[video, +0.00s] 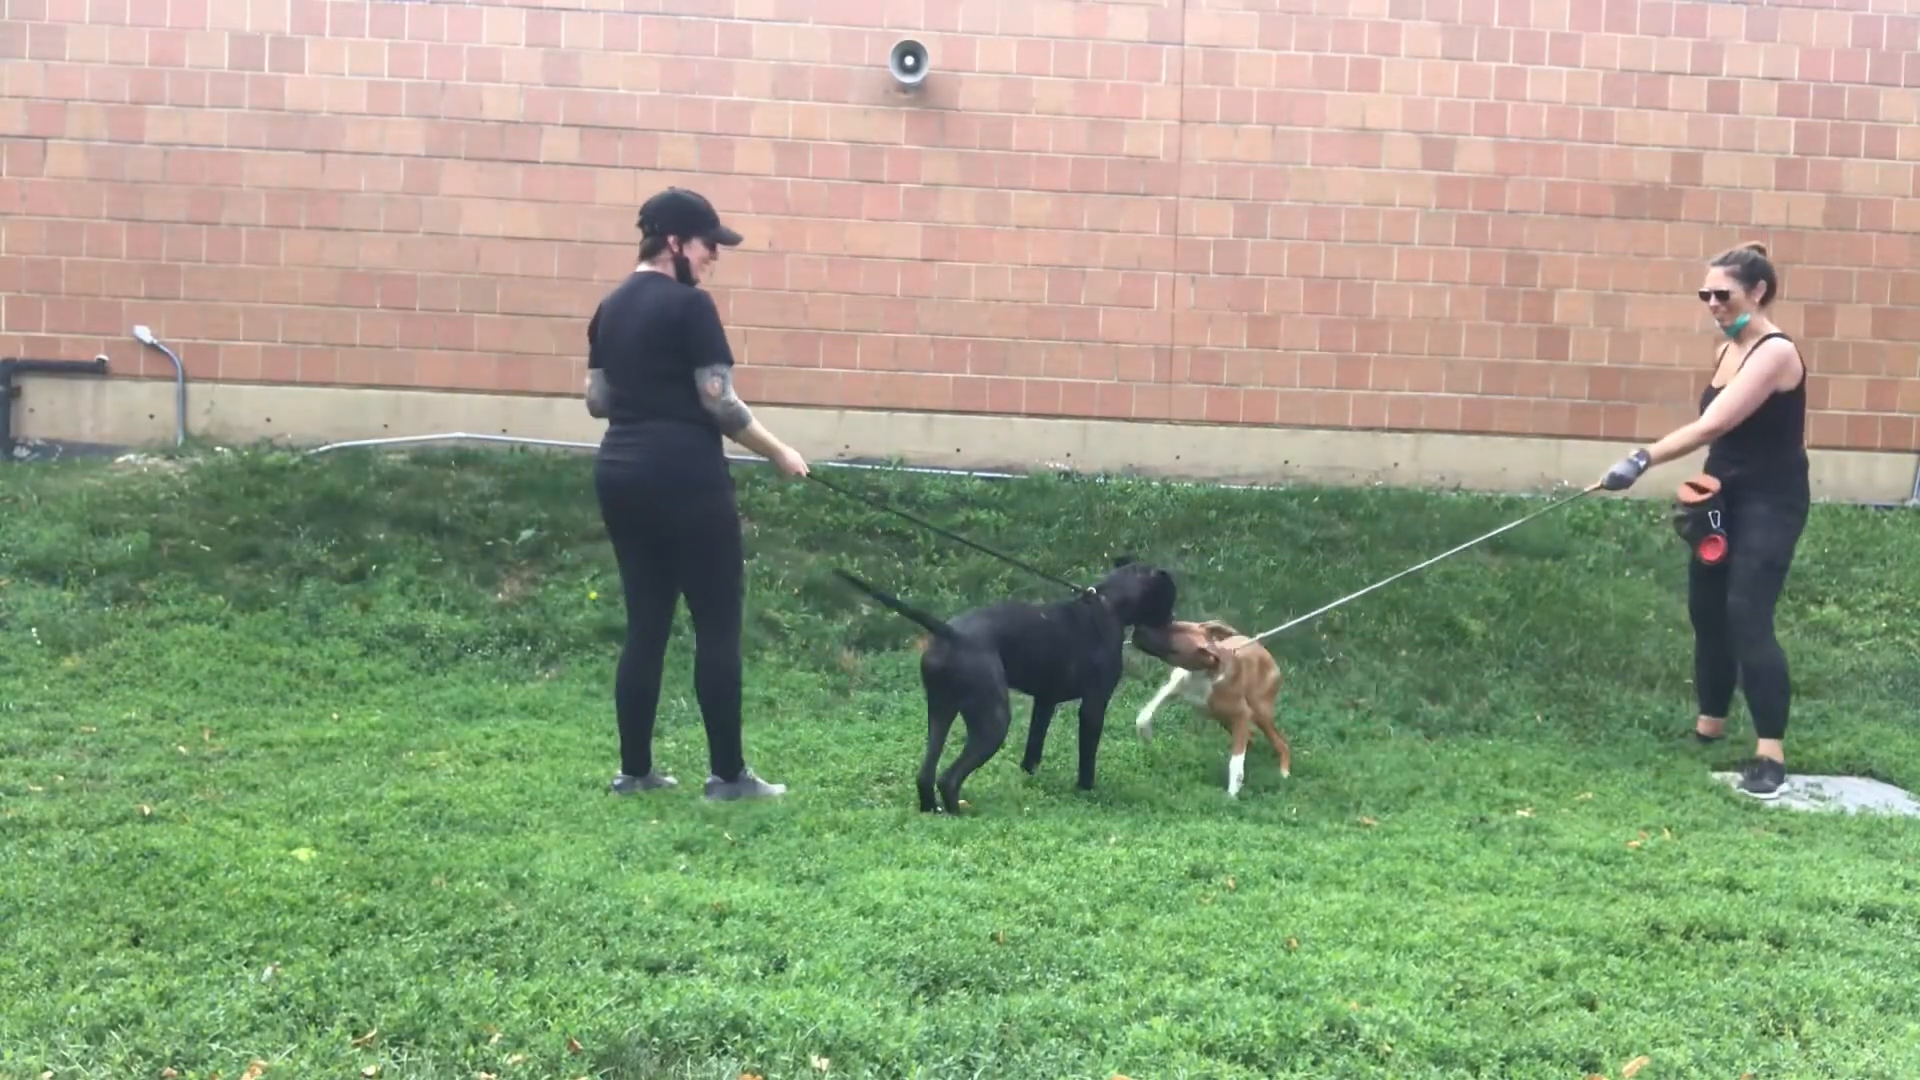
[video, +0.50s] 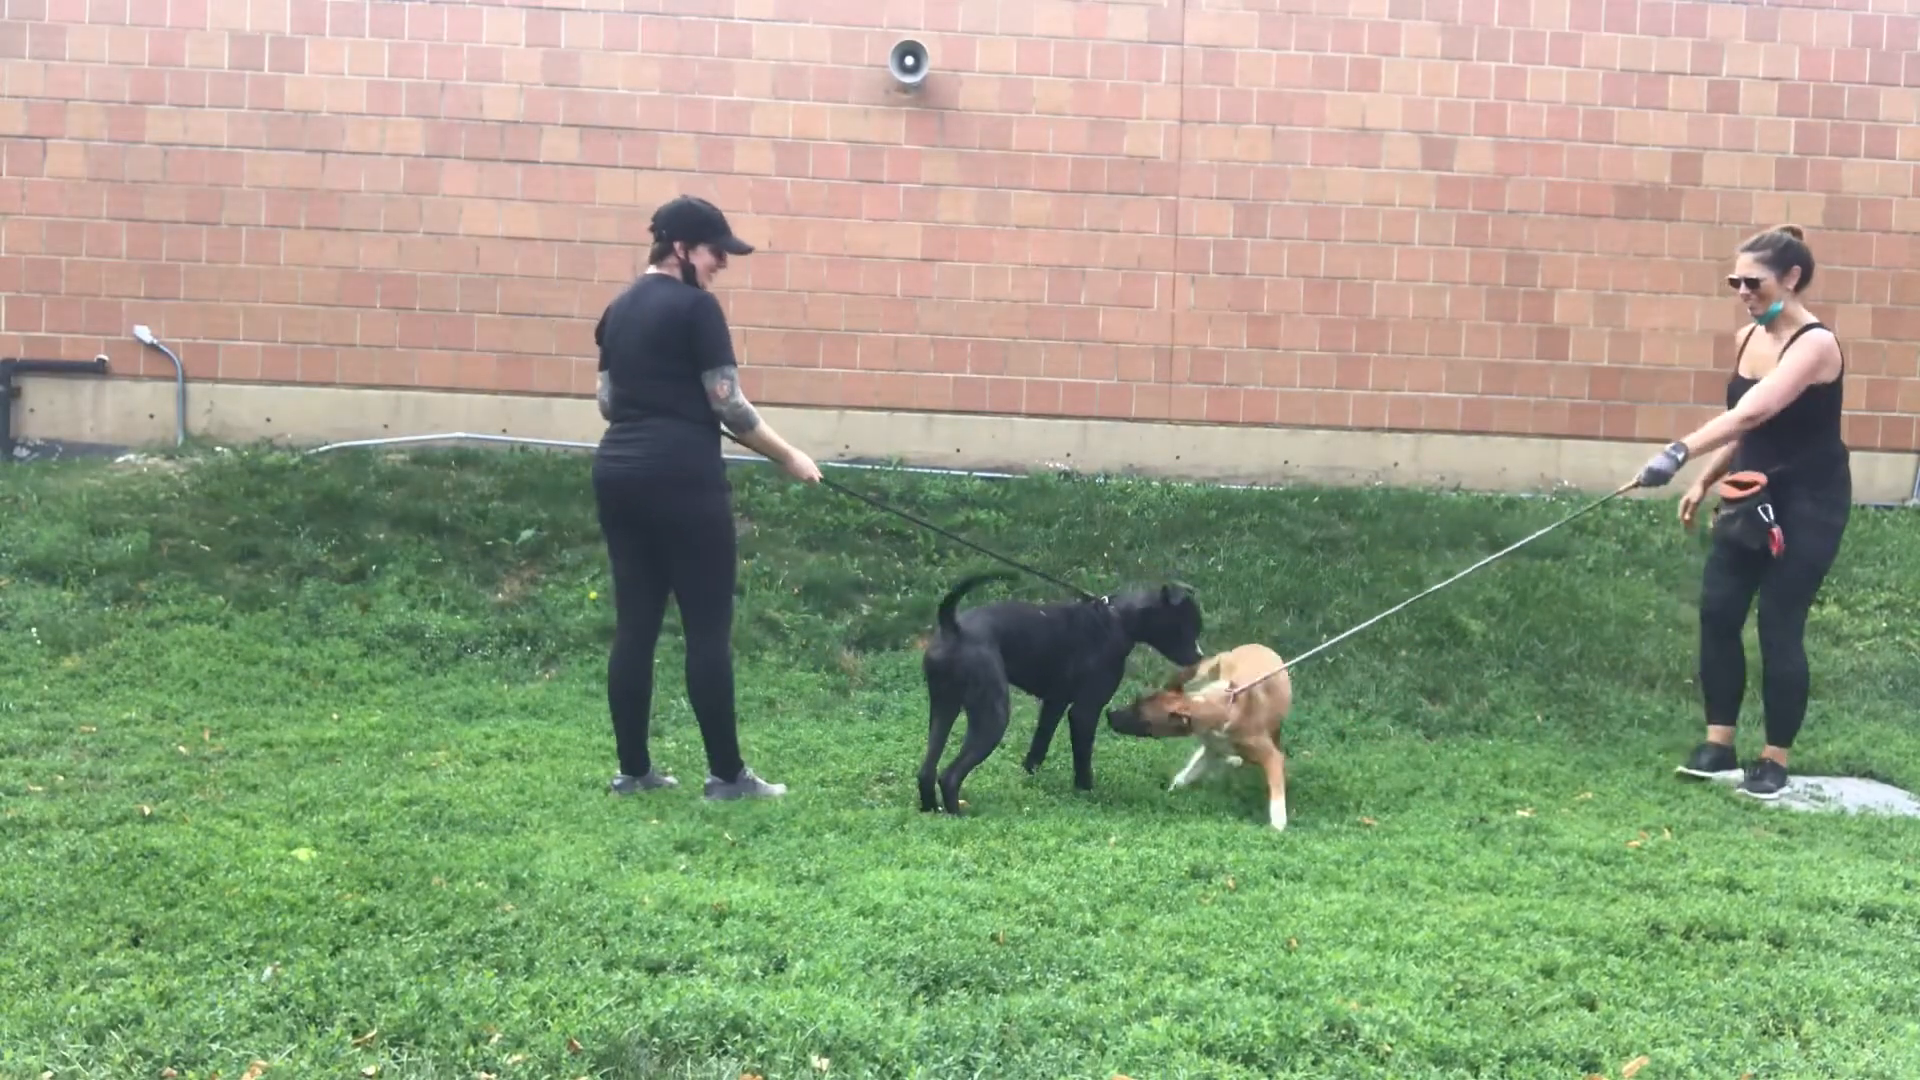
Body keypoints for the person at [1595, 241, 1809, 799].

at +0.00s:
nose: (1712, 304)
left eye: (1722, 295)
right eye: (1708, 295)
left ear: (1757, 292)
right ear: (1712, 296)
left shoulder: (1775, 353)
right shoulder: (1731, 349)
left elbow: (1710, 424)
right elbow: (1722, 434)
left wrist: (1642, 457)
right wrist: (1704, 491)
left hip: (1770, 502)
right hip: (1723, 495)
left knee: (1749, 615)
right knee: (1708, 610)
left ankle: (1770, 755)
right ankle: (1708, 729)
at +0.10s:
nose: (1720, 301)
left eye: (1730, 291)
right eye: (1716, 292)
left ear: (1768, 286)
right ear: (1716, 291)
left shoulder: (1789, 350)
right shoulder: (1736, 344)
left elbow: (1731, 427)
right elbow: (1732, 432)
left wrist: (1660, 470)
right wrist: (1711, 488)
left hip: (1782, 499)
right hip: (1733, 494)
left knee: (1754, 615)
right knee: (1708, 610)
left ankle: (1771, 757)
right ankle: (1708, 729)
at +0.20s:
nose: (1728, 297)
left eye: (1738, 288)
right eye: (1724, 288)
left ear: (1776, 283)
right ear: (1727, 286)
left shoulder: (1800, 347)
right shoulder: (1738, 341)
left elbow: (1749, 422)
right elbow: (1737, 425)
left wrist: (1681, 464)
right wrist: (1720, 481)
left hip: (1796, 498)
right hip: (1744, 492)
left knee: (1763, 611)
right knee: (1703, 608)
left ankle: (1772, 757)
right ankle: (1703, 726)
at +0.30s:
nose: (1734, 296)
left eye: (1745, 286)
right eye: (1730, 286)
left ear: (1784, 281)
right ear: (1730, 282)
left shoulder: (1810, 344)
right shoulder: (1743, 338)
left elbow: (1757, 416)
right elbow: (1747, 420)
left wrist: (1692, 454)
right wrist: (1733, 478)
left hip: (1805, 501)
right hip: (1752, 494)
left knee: (1773, 615)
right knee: (1696, 605)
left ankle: (1774, 758)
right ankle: (1710, 722)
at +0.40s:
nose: (1740, 294)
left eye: (1750, 284)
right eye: (1735, 284)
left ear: (1789, 279)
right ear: (1736, 280)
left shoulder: (1816, 344)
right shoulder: (1747, 335)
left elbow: (1765, 411)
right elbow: (1746, 422)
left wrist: (1692, 447)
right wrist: (1717, 484)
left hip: (1808, 504)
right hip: (1752, 495)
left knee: (1779, 620)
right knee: (1701, 604)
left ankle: (1775, 759)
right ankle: (1721, 731)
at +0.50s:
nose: (1742, 294)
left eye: (1752, 284)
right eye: (1738, 284)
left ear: (1792, 277)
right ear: (1739, 281)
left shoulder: (1816, 344)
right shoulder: (1750, 336)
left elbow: (1750, 412)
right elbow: (1743, 422)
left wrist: (1677, 451)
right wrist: (1704, 481)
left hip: (1809, 501)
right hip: (1751, 493)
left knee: (1778, 619)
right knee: (1718, 611)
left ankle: (1774, 759)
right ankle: (1718, 744)